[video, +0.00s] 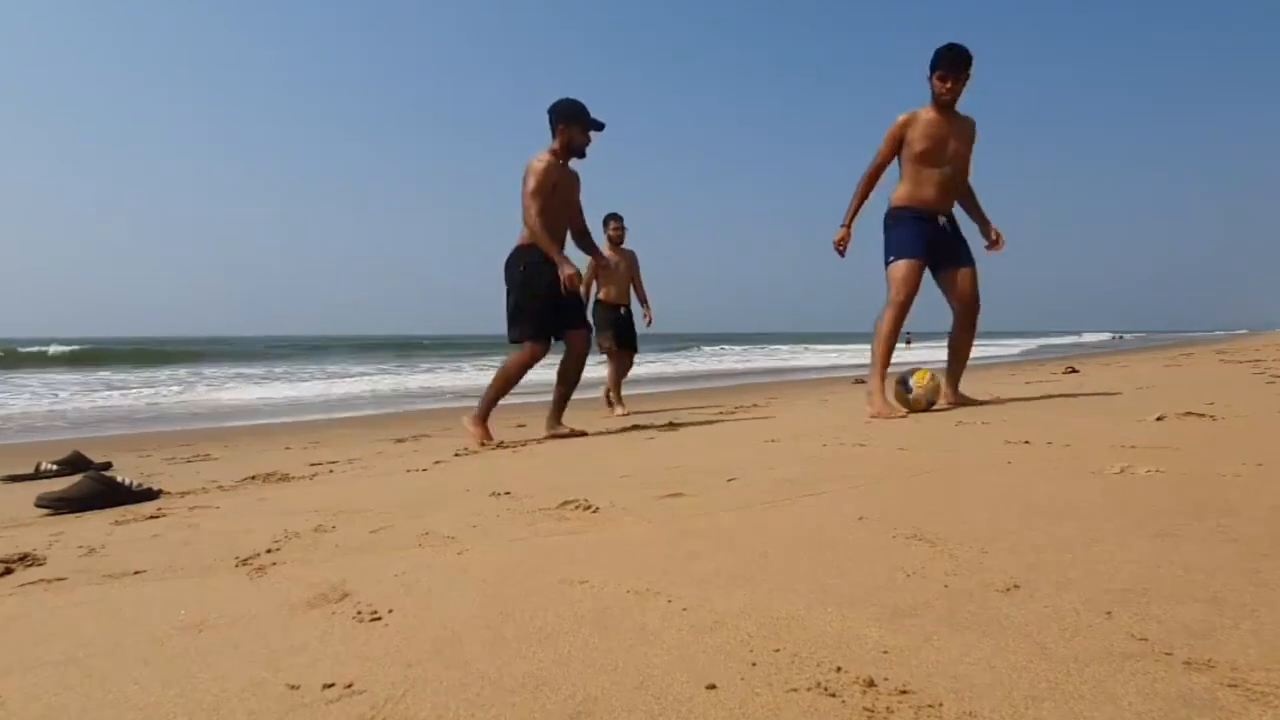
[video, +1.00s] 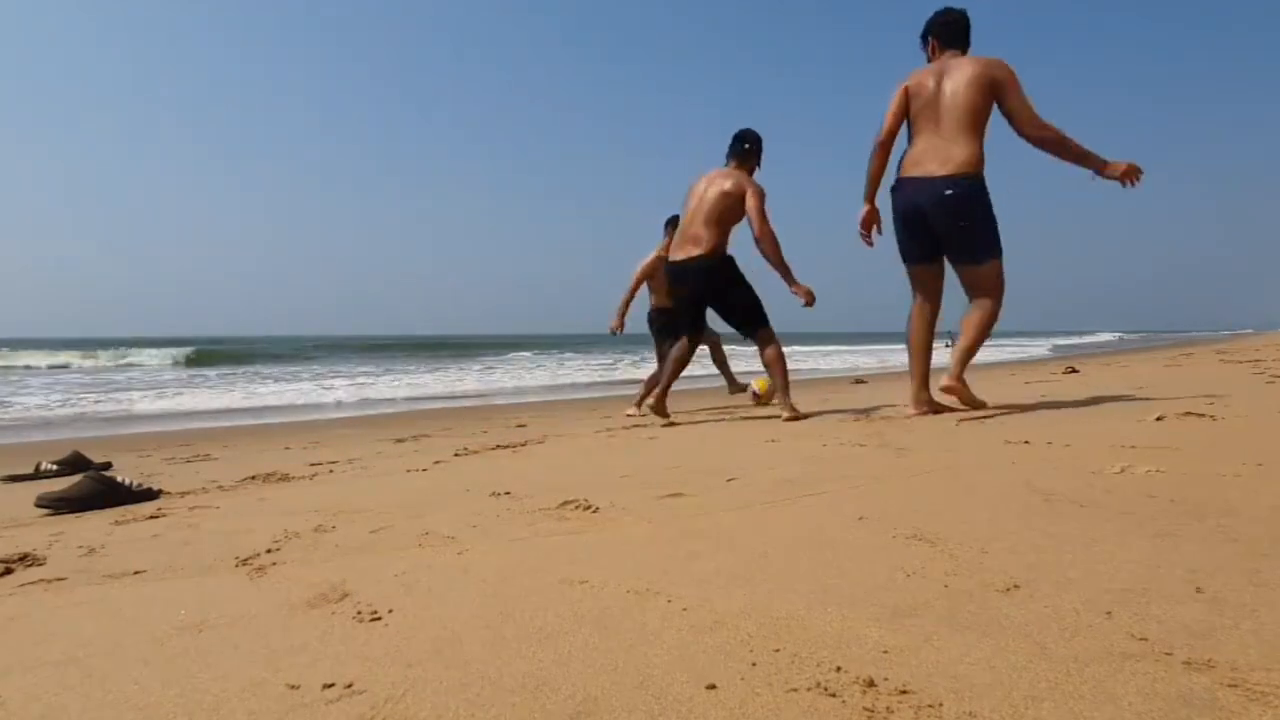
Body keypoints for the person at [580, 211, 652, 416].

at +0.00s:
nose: (620, 233)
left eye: (622, 229)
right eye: (615, 229)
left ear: (625, 231)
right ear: (606, 232)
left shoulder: (630, 256)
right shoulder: (598, 258)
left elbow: (637, 282)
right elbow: (586, 285)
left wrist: (645, 305)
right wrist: (583, 311)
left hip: (624, 307)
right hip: (604, 305)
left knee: (628, 355)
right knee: (613, 354)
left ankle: (610, 388)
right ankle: (618, 402)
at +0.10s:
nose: (626, 229)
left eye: (628, 225)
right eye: (621, 225)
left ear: (631, 227)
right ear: (611, 228)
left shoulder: (636, 252)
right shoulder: (604, 254)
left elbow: (642, 280)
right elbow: (593, 281)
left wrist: (651, 305)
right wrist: (593, 310)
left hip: (630, 304)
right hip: (611, 304)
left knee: (641, 354)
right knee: (615, 358)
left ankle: (628, 393)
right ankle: (617, 401)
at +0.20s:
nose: (632, 225)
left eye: (634, 220)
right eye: (628, 221)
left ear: (638, 223)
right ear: (618, 223)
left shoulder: (638, 249)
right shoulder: (609, 248)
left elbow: (648, 282)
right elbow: (604, 277)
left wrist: (657, 309)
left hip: (636, 301)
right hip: (615, 302)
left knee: (650, 350)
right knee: (618, 351)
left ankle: (655, 398)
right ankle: (617, 400)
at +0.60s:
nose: (656, 220)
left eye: (659, 215)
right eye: (652, 216)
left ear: (663, 217)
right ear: (643, 217)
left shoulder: (667, 243)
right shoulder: (632, 243)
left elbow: (676, 273)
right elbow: (620, 272)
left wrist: (684, 300)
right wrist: (619, 304)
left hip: (661, 299)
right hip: (639, 298)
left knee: (669, 352)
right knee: (636, 353)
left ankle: (670, 401)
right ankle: (624, 398)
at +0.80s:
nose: (671, 231)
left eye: (672, 227)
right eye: (668, 227)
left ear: (668, 229)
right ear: (654, 226)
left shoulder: (668, 254)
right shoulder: (635, 253)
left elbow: (672, 285)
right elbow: (611, 280)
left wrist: (689, 307)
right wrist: (593, 308)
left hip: (665, 310)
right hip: (643, 312)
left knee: (700, 343)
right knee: (649, 360)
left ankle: (699, 387)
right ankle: (633, 404)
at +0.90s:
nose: (672, 237)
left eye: (674, 233)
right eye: (669, 232)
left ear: (673, 233)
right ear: (658, 231)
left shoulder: (669, 258)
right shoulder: (642, 258)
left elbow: (667, 289)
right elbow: (616, 284)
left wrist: (681, 312)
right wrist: (595, 311)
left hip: (672, 313)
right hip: (651, 316)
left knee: (708, 342)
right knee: (660, 366)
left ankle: (726, 381)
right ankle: (635, 405)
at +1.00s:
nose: (678, 239)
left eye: (681, 234)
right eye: (675, 234)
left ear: (684, 235)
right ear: (668, 233)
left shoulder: (687, 257)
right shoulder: (656, 260)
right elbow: (633, 288)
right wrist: (619, 318)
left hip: (682, 311)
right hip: (661, 313)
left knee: (713, 339)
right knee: (665, 368)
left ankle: (733, 383)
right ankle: (637, 403)